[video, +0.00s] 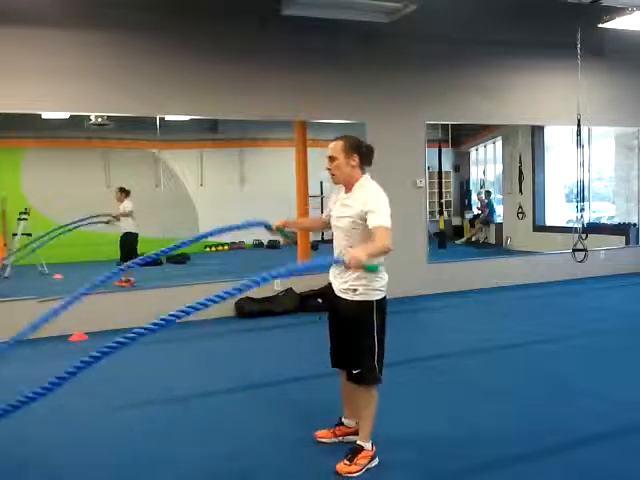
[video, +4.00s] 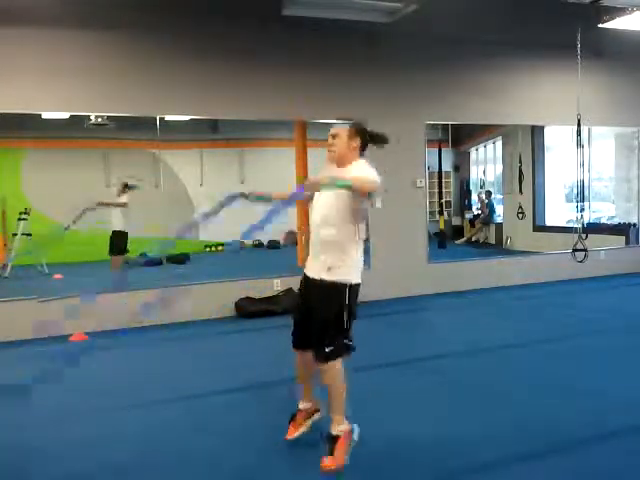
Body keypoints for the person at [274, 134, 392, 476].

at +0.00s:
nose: (328, 166)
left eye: (333, 160)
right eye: (328, 160)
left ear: (354, 162)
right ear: (344, 163)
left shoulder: (372, 194)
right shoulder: (340, 194)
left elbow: (383, 241)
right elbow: (326, 223)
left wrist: (363, 252)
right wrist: (290, 225)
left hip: (366, 296)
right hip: (341, 292)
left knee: (366, 373)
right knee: (346, 366)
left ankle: (366, 446)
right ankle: (349, 424)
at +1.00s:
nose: (339, 164)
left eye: (346, 159)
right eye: (340, 159)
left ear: (366, 166)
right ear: (353, 167)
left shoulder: (378, 204)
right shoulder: (343, 201)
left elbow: (375, 260)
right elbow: (337, 242)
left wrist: (336, 282)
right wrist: (323, 270)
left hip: (368, 303)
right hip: (342, 298)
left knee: (350, 378)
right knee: (329, 370)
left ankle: (361, 444)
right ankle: (344, 429)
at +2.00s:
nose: (329, 174)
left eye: (337, 169)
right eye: (331, 169)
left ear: (355, 178)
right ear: (347, 179)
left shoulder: (361, 216)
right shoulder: (331, 212)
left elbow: (336, 265)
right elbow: (307, 241)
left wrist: (294, 282)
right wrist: (300, 249)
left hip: (343, 309)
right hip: (320, 302)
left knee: (308, 382)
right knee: (292, 377)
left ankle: (313, 451)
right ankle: (305, 441)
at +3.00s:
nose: (322, 152)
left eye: (330, 146)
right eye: (323, 146)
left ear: (350, 156)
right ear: (327, 156)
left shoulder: (357, 190)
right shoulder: (320, 192)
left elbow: (358, 226)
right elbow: (296, 220)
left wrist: (313, 236)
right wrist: (263, 224)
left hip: (335, 296)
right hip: (306, 290)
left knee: (321, 370)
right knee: (295, 363)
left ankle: (316, 441)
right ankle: (295, 429)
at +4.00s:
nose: (329, 144)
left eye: (336, 138)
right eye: (329, 139)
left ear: (355, 144)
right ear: (334, 146)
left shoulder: (362, 170)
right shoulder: (325, 175)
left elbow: (371, 186)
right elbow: (295, 196)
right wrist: (262, 197)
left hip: (341, 278)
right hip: (313, 273)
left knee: (329, 357)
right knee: (302, 346)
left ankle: (340, 428)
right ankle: (307, 405)